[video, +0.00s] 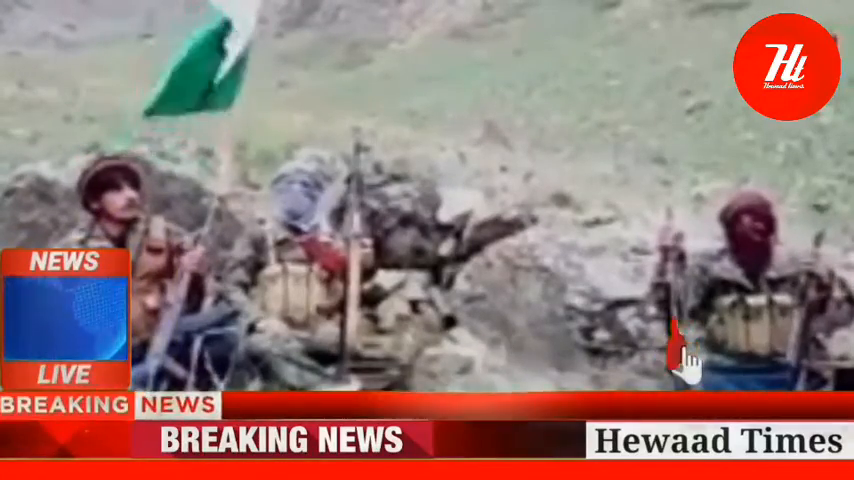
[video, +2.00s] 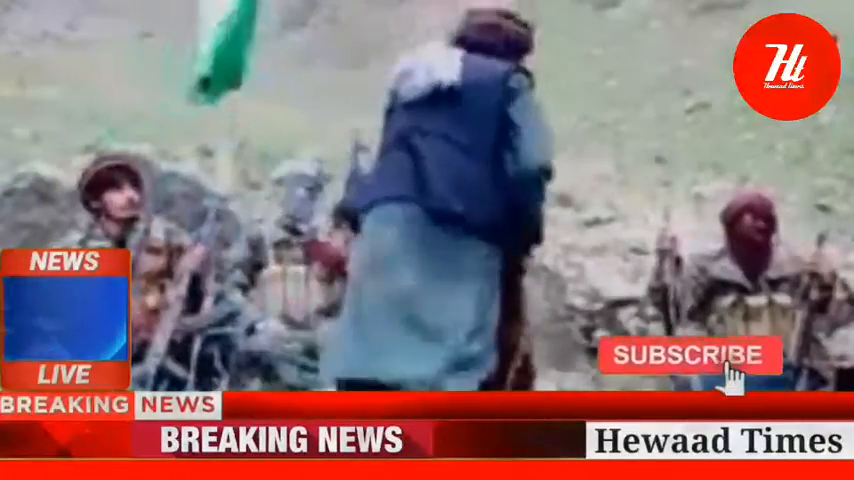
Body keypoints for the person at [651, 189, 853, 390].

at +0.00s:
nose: (760, 226)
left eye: (766, 220)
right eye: (751, 217)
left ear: (773, 228)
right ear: (732, 224)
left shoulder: (794, 271)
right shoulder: (706, 269)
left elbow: (841, 314)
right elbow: (673, 310)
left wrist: (824, 296)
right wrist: (668, 265)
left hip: (782, 374)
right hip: (721, 374)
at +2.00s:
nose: (763, 226)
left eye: (768, 220)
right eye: (754, 217)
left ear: (774, 227)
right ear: (732, 223)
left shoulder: (795, 270)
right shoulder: (703, 269)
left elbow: (832, 319)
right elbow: (676, 313)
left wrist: (828, 290)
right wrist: (667, 269)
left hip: (787, 374)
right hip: (720, 375)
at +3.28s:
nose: (753, 225)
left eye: (762, 217)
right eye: (743, 218)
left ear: (774, 227)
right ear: (732, 227)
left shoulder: (795, 269)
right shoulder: (706, 268)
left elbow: (829, 318)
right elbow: (677, 312)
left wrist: (829, 286)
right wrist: (666, 270)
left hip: (785, 376)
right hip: (723, 376)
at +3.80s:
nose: (758, 238)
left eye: (766, 228)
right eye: (748, 229)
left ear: (775, 231)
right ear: (733, 233)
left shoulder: (796, 272)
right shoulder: (706, 272)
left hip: (784, 374)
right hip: (723, 375)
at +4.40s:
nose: (746, 232)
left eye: (750, 224)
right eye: (734, 225)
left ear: (759, 229)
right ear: (714, 233)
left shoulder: (783, 272)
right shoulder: (687, 277)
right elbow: (675, 336)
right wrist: (725, 367)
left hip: (782, 368)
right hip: (722, 373)